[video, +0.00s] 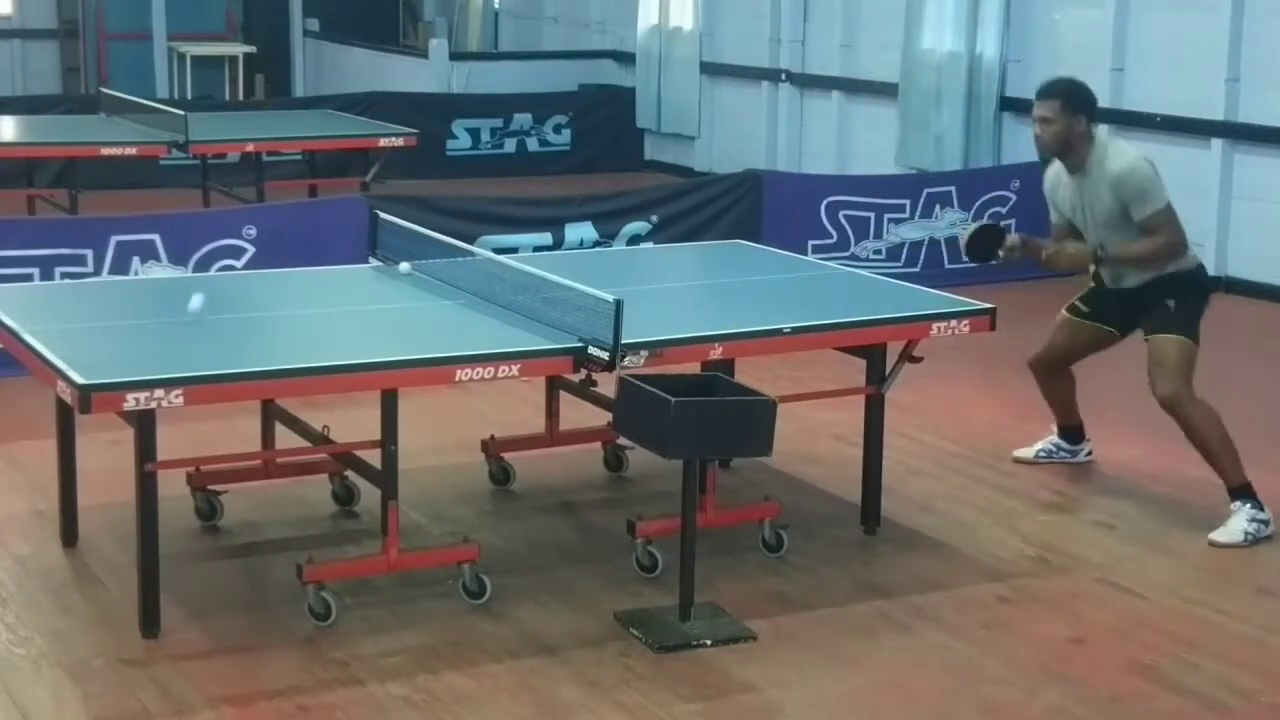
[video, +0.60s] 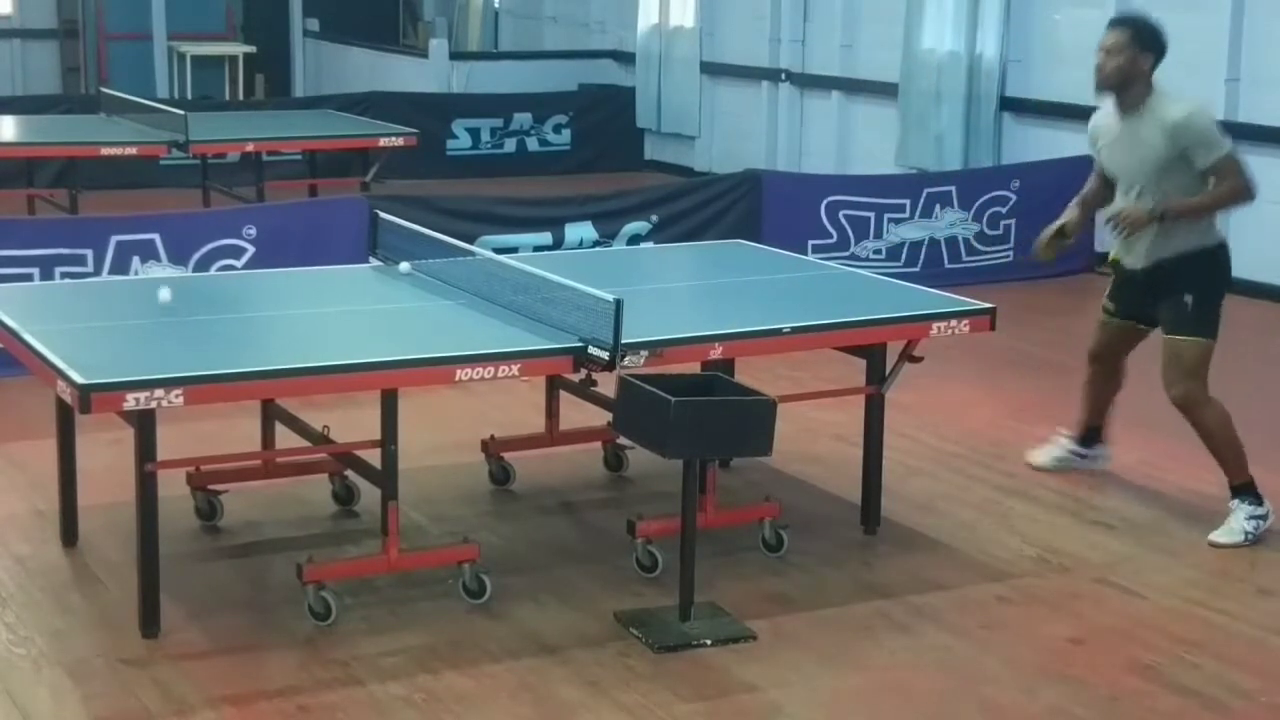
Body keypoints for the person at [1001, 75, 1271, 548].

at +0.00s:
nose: (1035, 131)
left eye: (1046, 122)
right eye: (1035, 121)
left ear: (1079, 124)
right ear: (1044, 123)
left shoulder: (1126, 167)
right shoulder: (1055, 177)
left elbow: (1173, 242)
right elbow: (1069, 251)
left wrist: (1100, 254)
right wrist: (1026, 247)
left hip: (1171, 284)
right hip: (1114, 287)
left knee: (1171, 391)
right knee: (1046, 362)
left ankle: (1249, 506)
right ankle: (1072, 441)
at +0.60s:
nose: (1100, 61)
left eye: (1112, 52)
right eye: (1101, 51)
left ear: (1144, 62)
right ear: (1106, 59)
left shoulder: (1183, 119)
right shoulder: (1102, 122)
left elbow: (1239, 186)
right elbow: (1103, 181)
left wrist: (1159, 211)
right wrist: (1072, 216)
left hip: (1193, 264)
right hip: (1134, 264)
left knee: (1185, 389)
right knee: (1102, 356)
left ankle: (1250, 503)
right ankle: (1087, 444)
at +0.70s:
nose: (1110, 22)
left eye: (1124, 15)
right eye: (1111, 13)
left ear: (1156, 28)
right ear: (1119, 26)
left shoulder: (1189, 84)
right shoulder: (1113, 85)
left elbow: (1253, 148)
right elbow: (1121, 155)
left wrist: (1173, 183)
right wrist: (1098, 197)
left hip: (1195, 237)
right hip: (1136, 238)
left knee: (1191, 369)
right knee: (1121, 346)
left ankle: (1247, 494)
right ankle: (1149, 460)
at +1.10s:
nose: (1108, 24)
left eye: (1123, 17)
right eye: (1107, 14)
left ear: (1156, 25)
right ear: (1105, 19)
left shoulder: (1191, 83)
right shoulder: (1097, 89)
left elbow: (1243, 159)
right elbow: (1100, 161)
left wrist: (1169, 190)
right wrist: (1087, 207)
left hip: (1184, 248)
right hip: (1125, 256)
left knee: (1165, 382)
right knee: (1158, 382)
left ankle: (1164, 529)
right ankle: (1218, 488)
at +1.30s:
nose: (1086, 39)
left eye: (1097, 26)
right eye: (1080, 29)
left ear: (1133, 26)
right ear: (1077, 33)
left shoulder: (1173, 98)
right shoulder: (1078, 99)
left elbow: (1233, 174)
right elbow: (1073, 171)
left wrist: (1155, 203)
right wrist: (1055, 199)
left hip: (1150, 266)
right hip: (1090, 266)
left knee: (1120, 401)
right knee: (1081, 396)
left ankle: (1138, 540)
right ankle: (1178, 467)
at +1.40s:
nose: (1065, 42)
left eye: (1074, 28)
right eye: (1060, 31)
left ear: (1113, 22)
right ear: (1061, 31)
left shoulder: (1155, 93)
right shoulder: (1069, 94)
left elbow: (1202, 184)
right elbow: (1078, 167)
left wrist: (1117, 206)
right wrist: (1044, 198)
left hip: (1131, 266)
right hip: (1071, 265)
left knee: (1120, 403)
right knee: (1039, 392)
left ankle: (1139, 537)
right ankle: (1123, 476)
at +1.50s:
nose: (1040, 39)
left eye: (1048, 25)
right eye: (1035, 28)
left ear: (1087, 17)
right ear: (1042, 28)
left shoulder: (1135, 87)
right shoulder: (1057, 87)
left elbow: (1162, 184)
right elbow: (1075, 176)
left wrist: (1062, 188)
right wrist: (1030, 203)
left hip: (1112, 263)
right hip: (1053, 261)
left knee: (1117, 397)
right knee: (1010, 386)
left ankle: (1136, 532)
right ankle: (1056, 515)